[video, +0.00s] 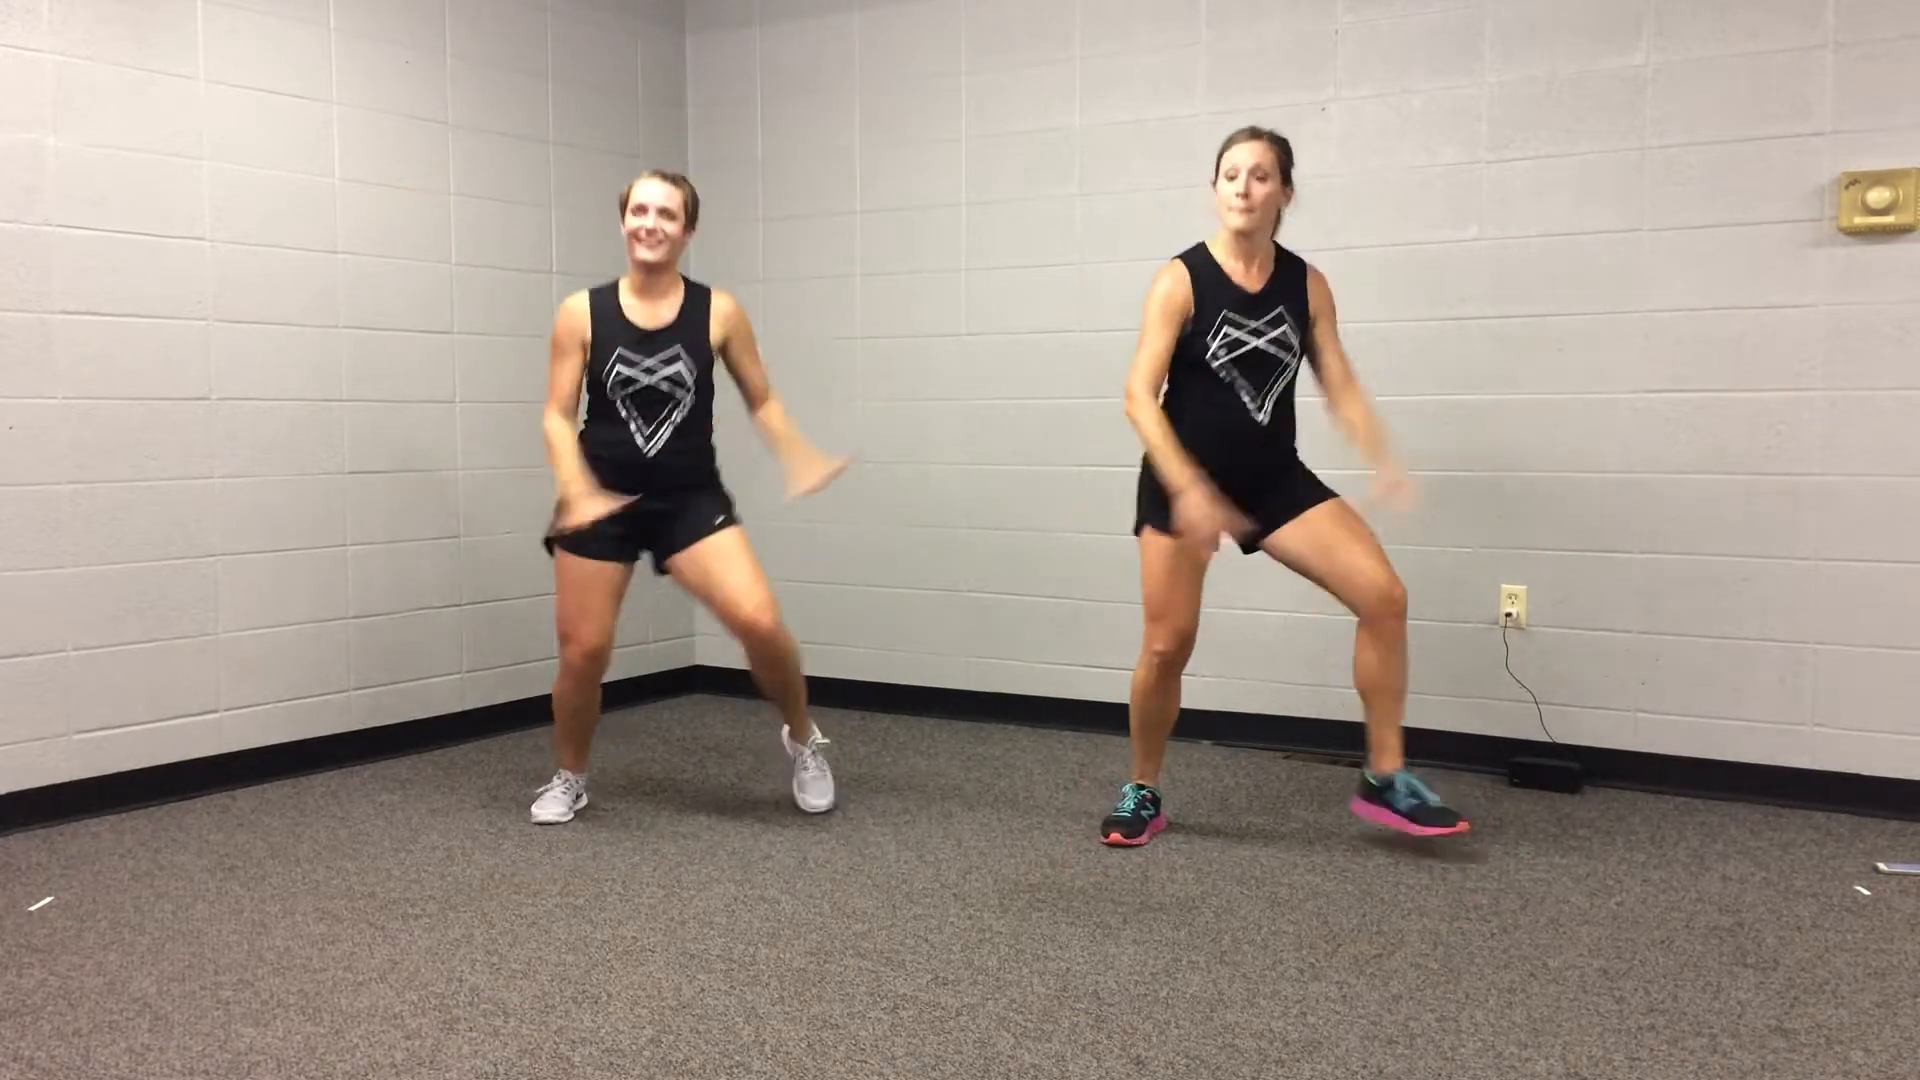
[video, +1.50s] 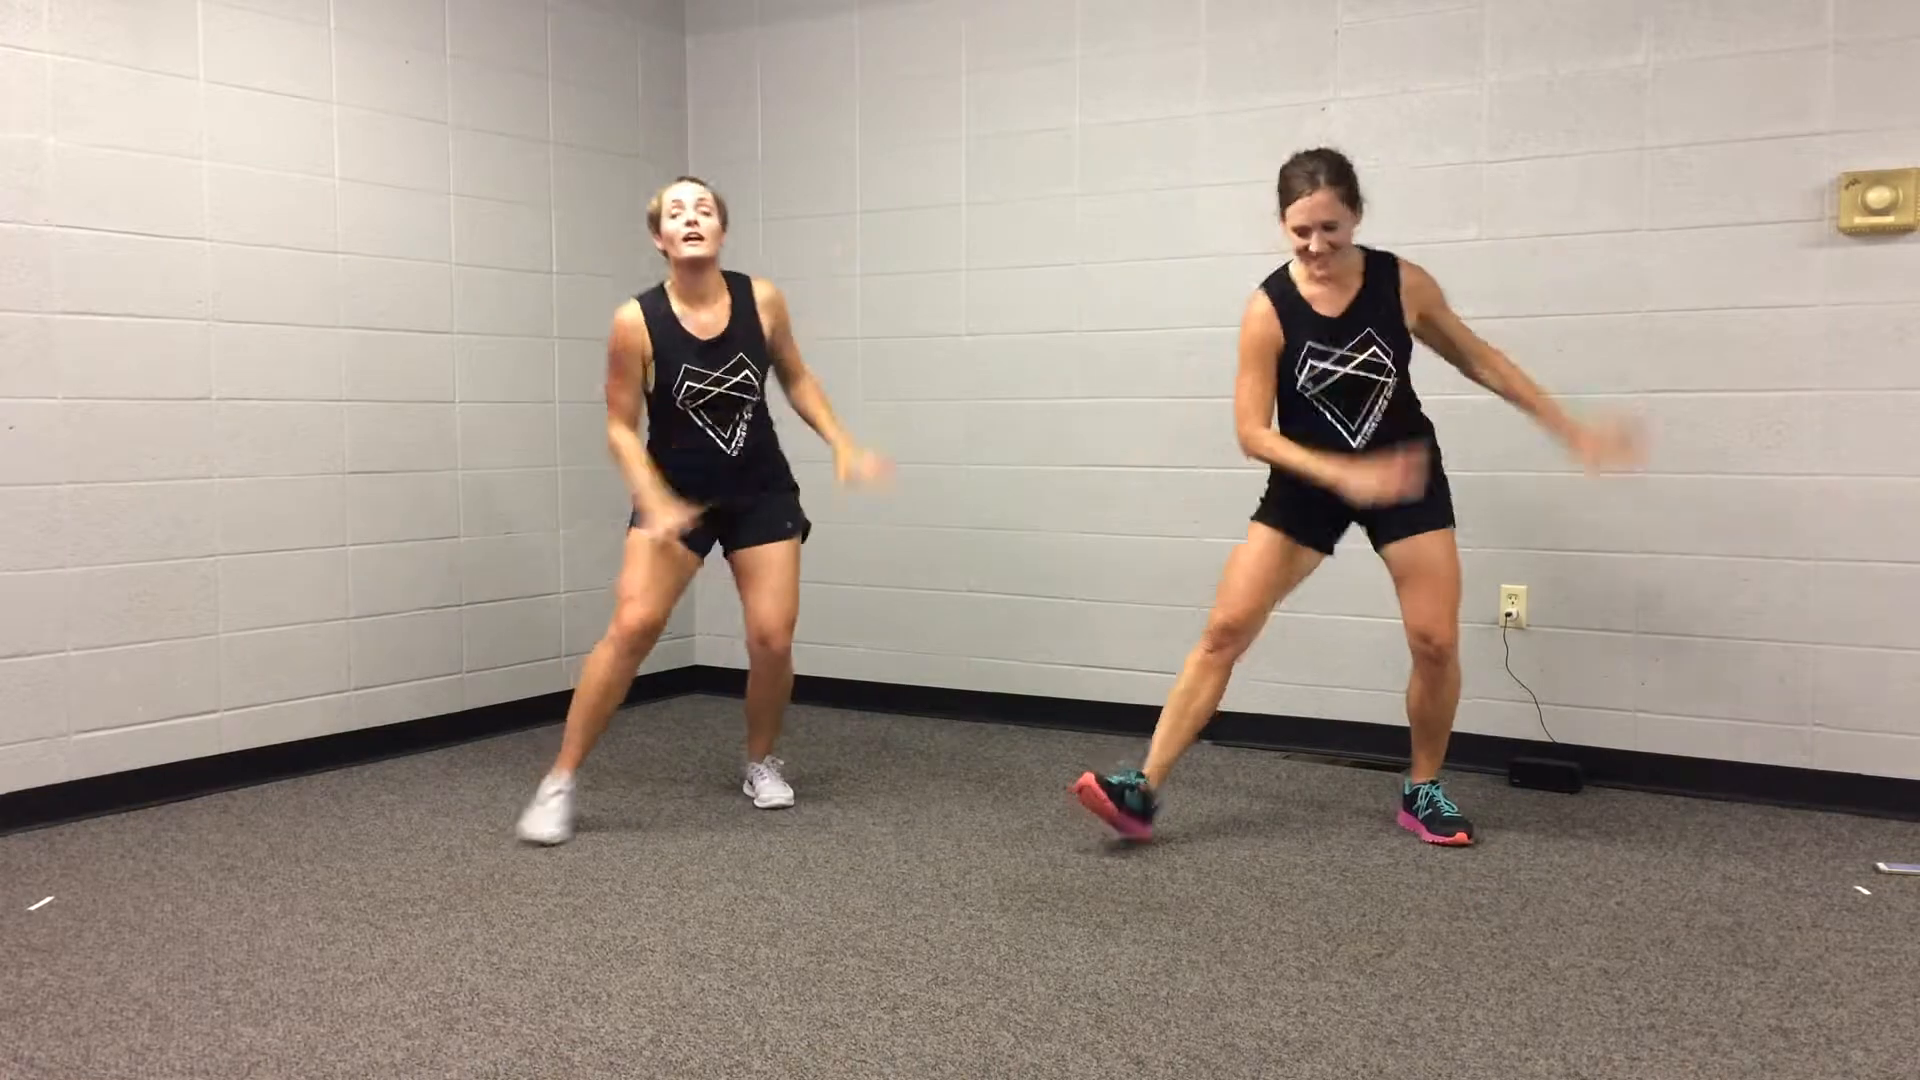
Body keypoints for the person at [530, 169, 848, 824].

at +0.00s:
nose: (650, 223)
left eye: (666, 215)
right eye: (640, 212)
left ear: (687, 231)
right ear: (623, 225)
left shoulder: (718, 313)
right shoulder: (582, 313)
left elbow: (762, 400)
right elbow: (558, 413)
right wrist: (575, 486)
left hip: (688, 499)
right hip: (599, 500)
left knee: (760, 623)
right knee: (581, 653)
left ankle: (804, 742)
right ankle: (570, 776)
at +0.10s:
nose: (649, 200)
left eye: (663, 192)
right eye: (637, 189)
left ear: (683, 210)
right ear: (618, 203)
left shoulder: (712, 285)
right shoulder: (584, 297)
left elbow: (777, 353)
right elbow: (580, 400)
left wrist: (859, 343)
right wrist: (671, 400)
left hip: (713, 475)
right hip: (627, 486)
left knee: (784, 606)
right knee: (601, 645)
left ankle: (825, 763)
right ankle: (570, 773)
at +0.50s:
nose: (705, 200)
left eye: (719, 192)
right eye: (692, 195)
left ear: (745, 218)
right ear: (677, 224)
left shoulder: (786, 302)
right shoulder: (649, 314)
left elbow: (828, 396)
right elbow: (619, 412)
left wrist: (823, 439)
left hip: (785, 497)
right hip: (693, 504)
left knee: (822, 642)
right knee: (608, 647)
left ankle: (849, 799)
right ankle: (561, 754)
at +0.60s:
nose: (706, 174)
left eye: (722, 166)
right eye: (695, 170)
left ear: (754, 194)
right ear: (684, 200)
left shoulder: (789, 276)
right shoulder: (661, 280)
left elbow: (805, 382)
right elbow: (608, 369)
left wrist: (706, 385)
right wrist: (524, 382)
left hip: (758, 479)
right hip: (668, 474)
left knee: (802, 636)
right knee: (585, 617)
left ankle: (848, 799)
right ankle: (545, 752)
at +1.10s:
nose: (657, 194)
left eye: (669, 189)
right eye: (643, 185)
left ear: (684, 220)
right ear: (616, 210)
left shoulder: (706, 301)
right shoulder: (571, 295)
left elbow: (744, 388)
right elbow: (541, 400)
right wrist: (599, 474)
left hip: (681, 484)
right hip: (591, 487)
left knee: (754, 622)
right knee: (563, 645)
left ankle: (810, 783)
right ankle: (539, 796)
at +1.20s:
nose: (652, 180)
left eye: (664, 173)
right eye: (638, 172)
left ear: (680, 200)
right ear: (612, 196)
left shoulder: (701, 275)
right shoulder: (578, 280)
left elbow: (747, 340)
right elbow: (570, 389)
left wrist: (832, 326)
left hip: (699, 468)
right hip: (613, 475)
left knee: (757, 619)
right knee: (582, 635)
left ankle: (774, 755)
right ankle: (538, 794)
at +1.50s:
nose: (690, 218)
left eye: (702, 210)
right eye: (676, 211)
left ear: (723, 232)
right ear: (658, 237)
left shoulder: (761, 301)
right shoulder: (636, 321)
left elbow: (796, 377)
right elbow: (620, 423)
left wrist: (841, 442)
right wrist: (655, 499)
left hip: (760, 488)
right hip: (676, 493)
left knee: (773, 639)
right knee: (634, 624)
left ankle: (761, 764)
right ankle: (560, 781)